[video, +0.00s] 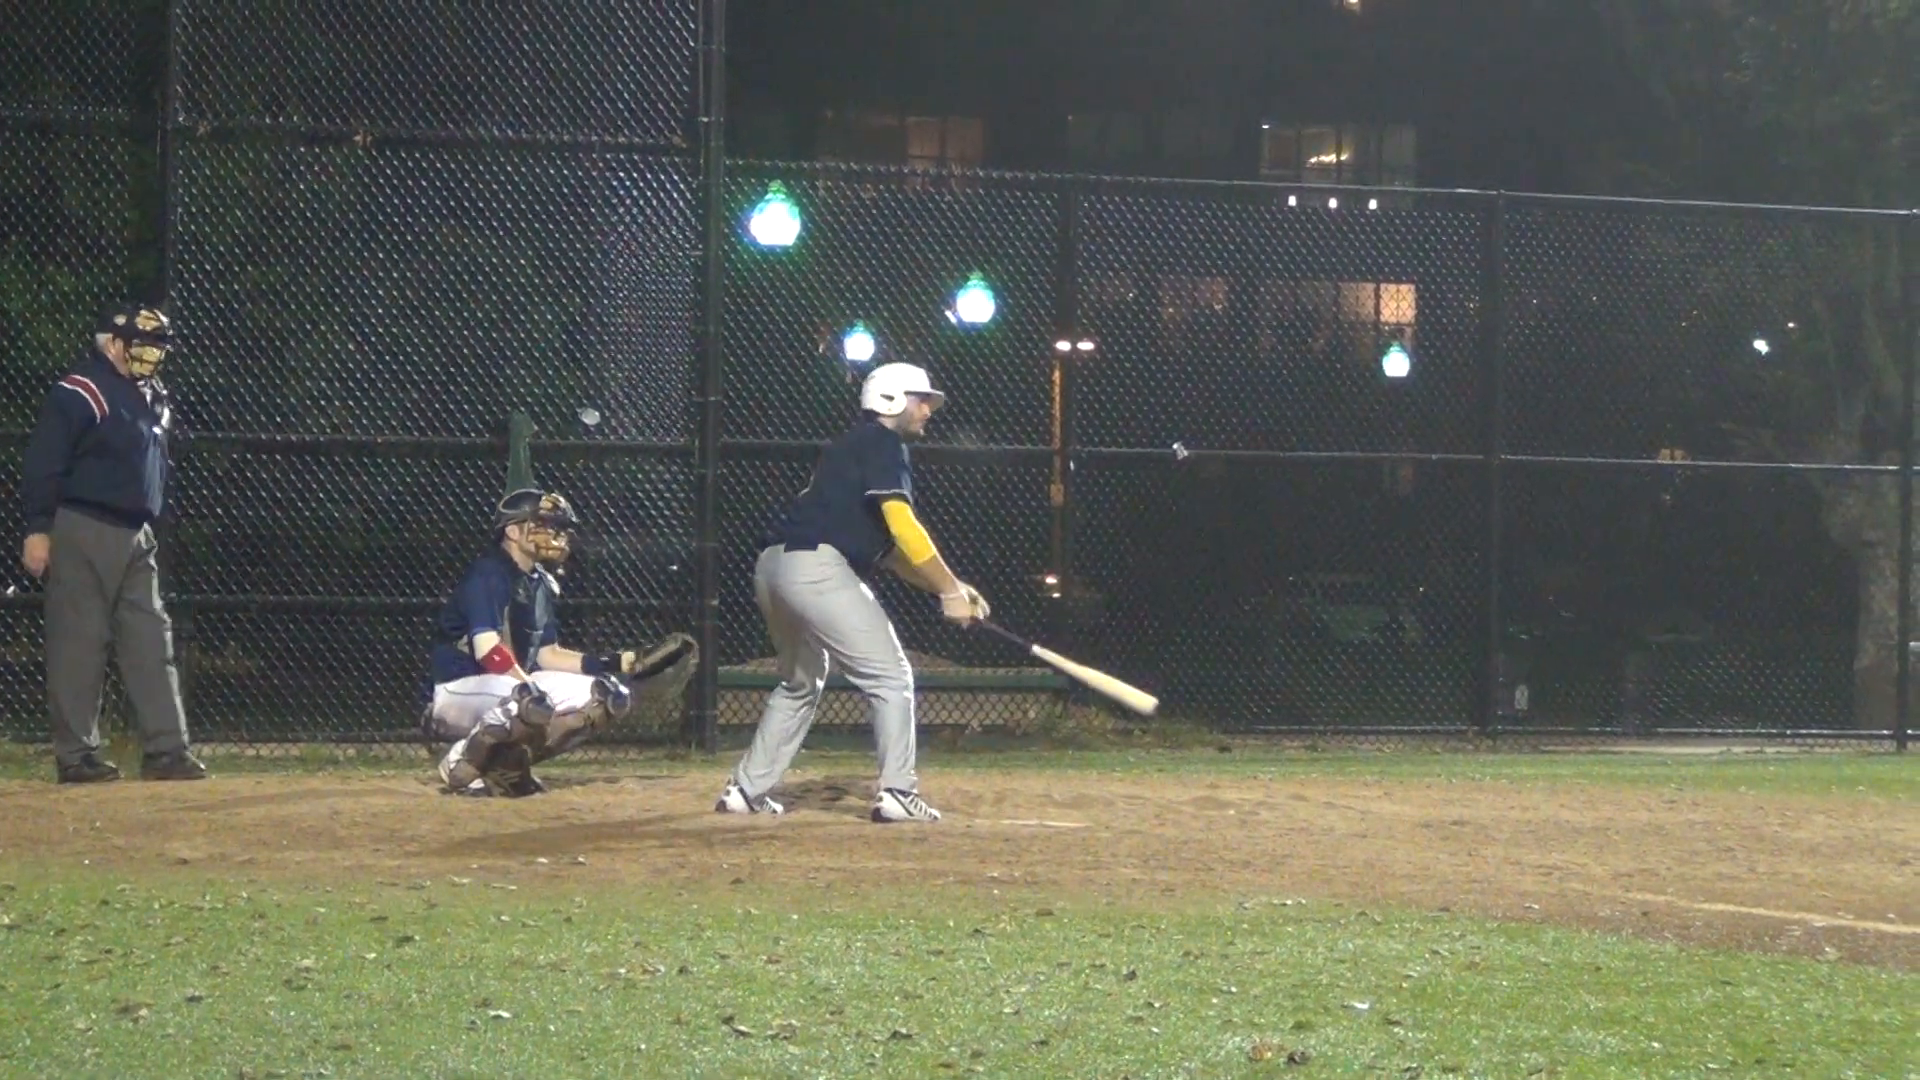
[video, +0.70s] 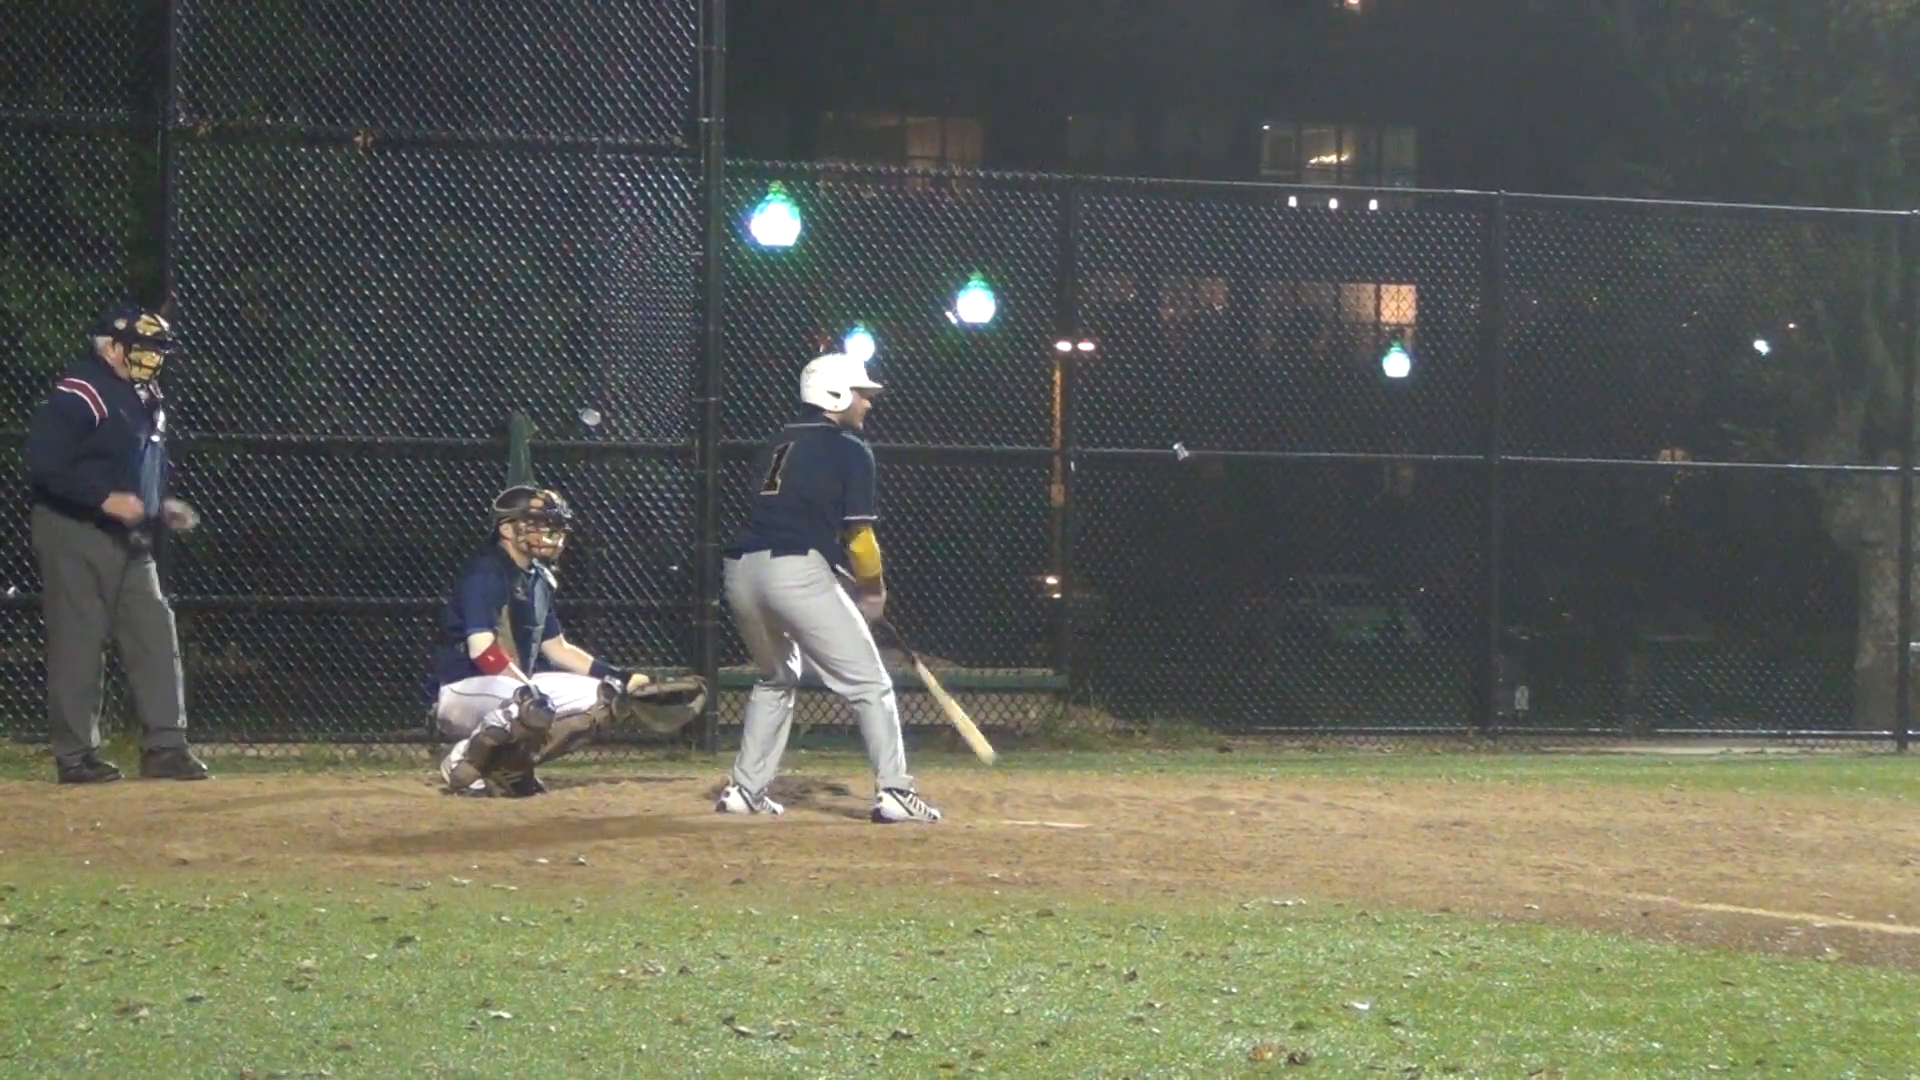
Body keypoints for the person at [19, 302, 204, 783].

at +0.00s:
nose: (150, 355)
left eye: (155, 346)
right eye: (141, 345)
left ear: (158, 348)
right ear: (113, 343)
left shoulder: (152, 398)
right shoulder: (79, 390)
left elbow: (153, 465)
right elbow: (43, 459)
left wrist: (147, 518)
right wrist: (37, 527)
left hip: (136, 535)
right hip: (84, 531)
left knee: (149, 640)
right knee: (79, 639)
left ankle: (167, 751)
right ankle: (76, 755)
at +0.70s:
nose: (150, 359)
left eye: (155, 350)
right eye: (142, 348)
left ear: (155, 351)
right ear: (114, 345)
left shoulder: (144, 395)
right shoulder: (83, 390)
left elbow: (139, 469)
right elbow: (45, 466)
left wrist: (163, 505)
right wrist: (104, 498)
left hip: (127, 533)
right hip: (72, 530)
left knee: (152, 628)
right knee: (78, 637)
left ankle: (166, 749)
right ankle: (76, 756)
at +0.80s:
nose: (155, 361)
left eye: (160, 352)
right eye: (147, 350)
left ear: (162, 354)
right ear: (118, 348)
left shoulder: (151, 400)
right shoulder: (85, 393)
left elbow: (146, 481)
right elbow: (68, 470)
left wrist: (192, 476)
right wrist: (139, 475)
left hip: (126, 536)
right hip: (73, 532)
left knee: (154, 627)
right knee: (77, 638)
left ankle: (171, 746)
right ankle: (76, 755)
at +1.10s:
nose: (191, 372)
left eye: (196, 364)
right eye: (182, 361)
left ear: (198, 367)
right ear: (154, 358)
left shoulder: (187, 414)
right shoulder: (122, 397)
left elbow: (207, 470)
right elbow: (140, 463)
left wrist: (262, 454)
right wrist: (206, 452)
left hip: (137, 539)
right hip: (83, 529)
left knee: (158, 640)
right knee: (84, 640)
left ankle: (182, 750)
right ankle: (79, 755)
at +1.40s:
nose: (235, 387)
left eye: (240, 379)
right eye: (228, 377)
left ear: (235, 381)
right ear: (201, 374)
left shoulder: (224, 427)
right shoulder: (156, 415)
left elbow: (223, 493)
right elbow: (161, 492)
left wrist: (260, 528)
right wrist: (221, 523)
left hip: (150, 542)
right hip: (96, 529)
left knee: (169, 641)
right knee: (89, 638)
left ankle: (184, 751)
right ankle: (64, 749)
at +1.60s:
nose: (239, 408)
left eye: (244, 400)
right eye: (232, 398)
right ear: (204, 394)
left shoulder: (221, 444)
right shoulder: (165, 429)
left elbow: (208, 519)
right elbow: (159, 508)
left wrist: (202, 575)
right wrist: (186, 575)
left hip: (147, 553)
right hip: (91, 537)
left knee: (171, 646)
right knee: (51, 641)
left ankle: (185, 751)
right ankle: (3, 719)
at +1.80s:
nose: (220, 453)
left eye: (225, 445)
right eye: (212, 442)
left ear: (231, 446)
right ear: (186, 439)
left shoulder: (196, 484)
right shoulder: (146, 472)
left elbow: (180, 550)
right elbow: (137, 554)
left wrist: (174, 591)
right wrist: (155, 608)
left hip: (123, 580)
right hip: (59, 570)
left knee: (170, 639)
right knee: (5, 657)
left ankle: (187, 750)